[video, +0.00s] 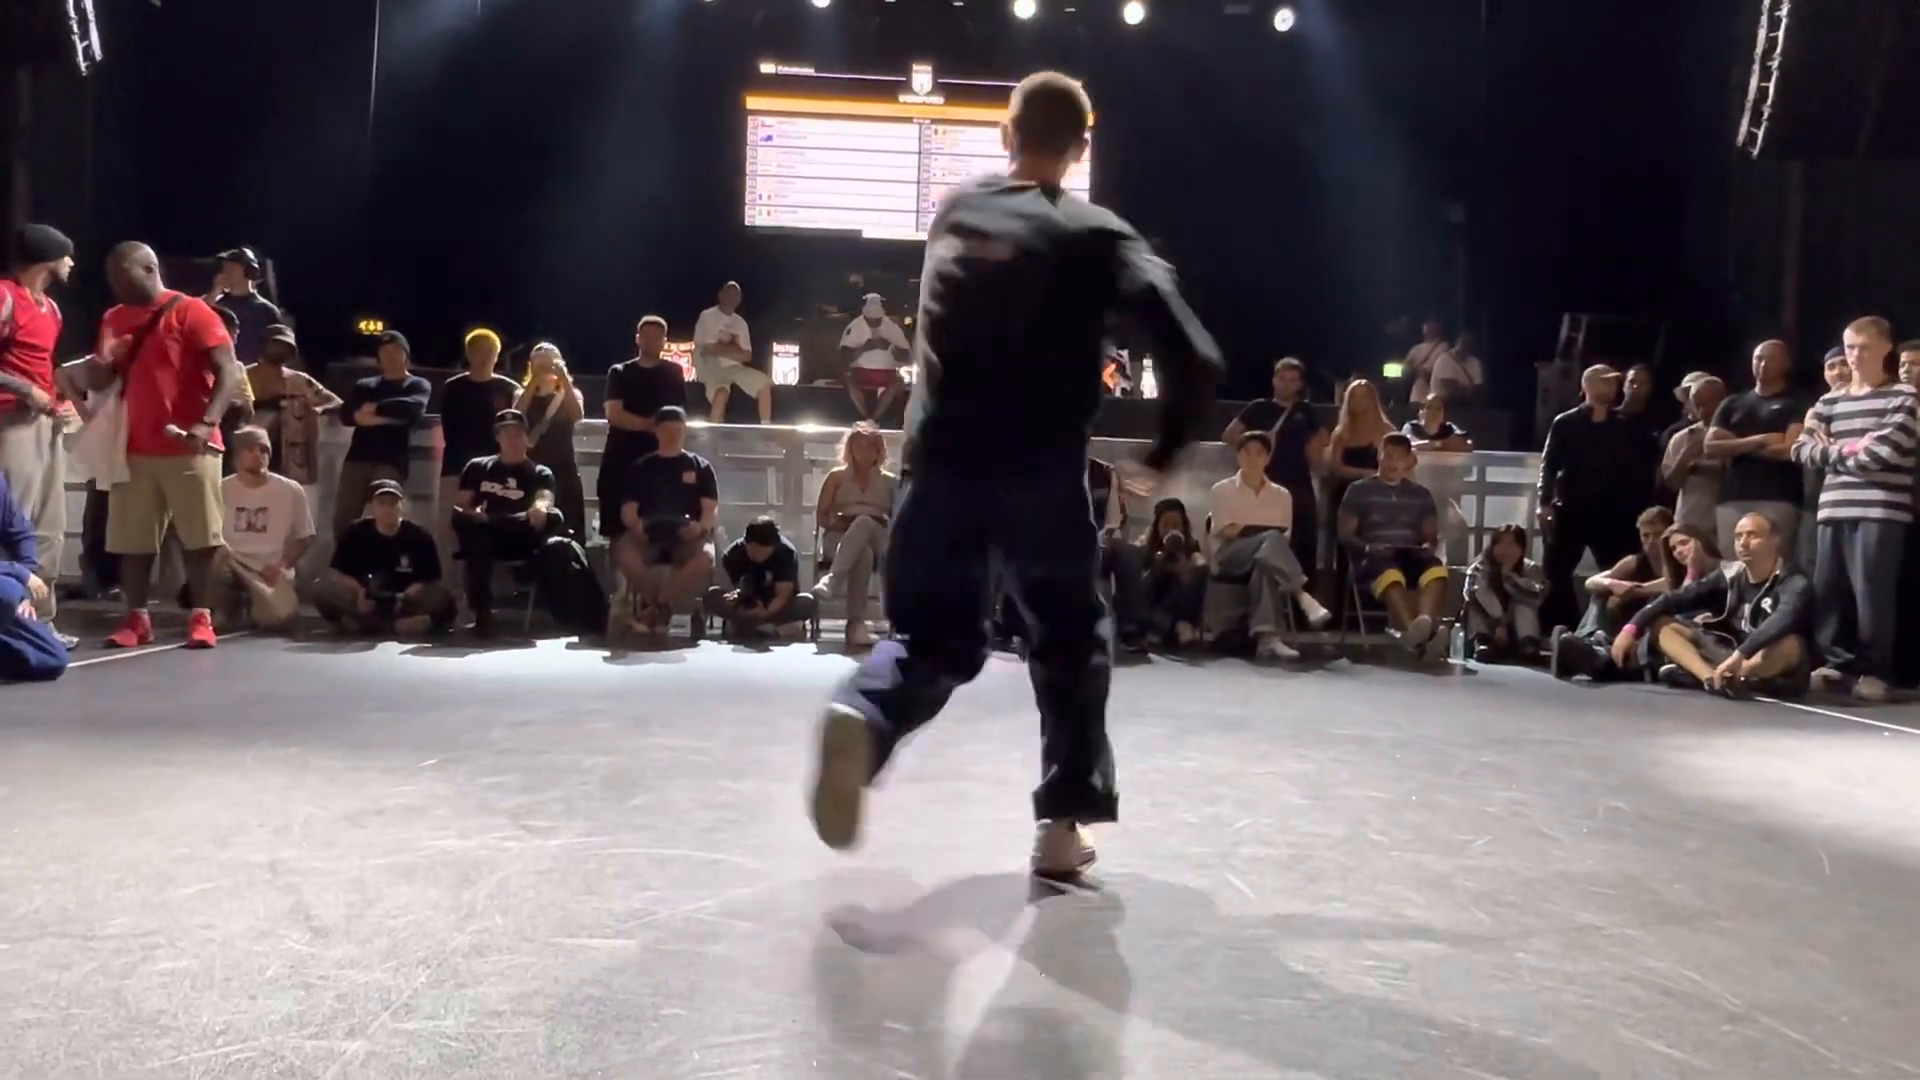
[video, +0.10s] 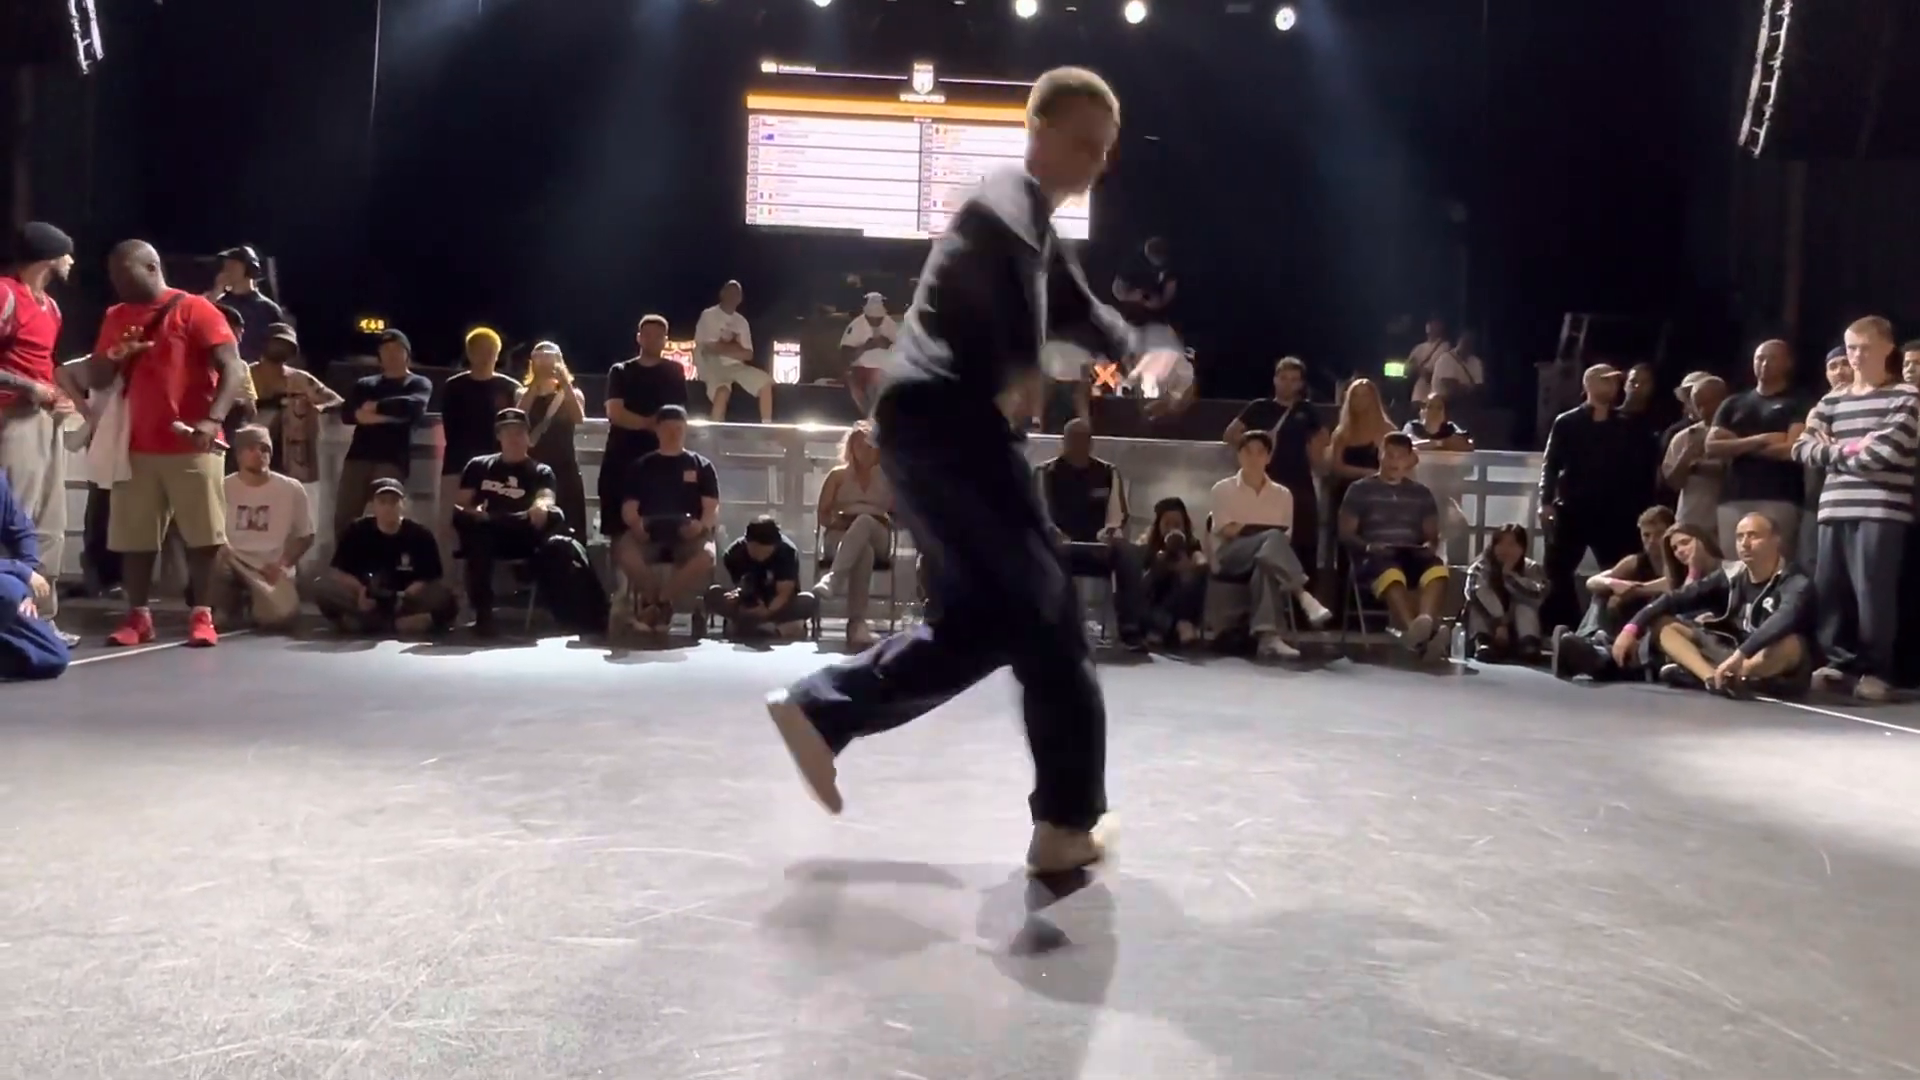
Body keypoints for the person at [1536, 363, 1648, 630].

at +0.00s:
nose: (1614, 386)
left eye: (1614, 381)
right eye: (1606, 381)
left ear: (1615, 387)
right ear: (1588, 387)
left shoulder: (1625, 425)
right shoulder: (1565, 424)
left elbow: (1639, 468)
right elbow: (1549, 466)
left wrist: (1636, 503)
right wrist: (1545, 502)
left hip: (1614, 509)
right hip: (1573, 510)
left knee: (1622, 573)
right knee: (1556, 571)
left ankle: (1623, 633)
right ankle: (1561, 630)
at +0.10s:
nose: (1614, 385)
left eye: (1615, 381)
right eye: (1607, 381)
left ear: (1617, 387)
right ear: (1590, 387)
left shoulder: (1627, 425)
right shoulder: (1567, 423)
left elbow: (1641, 468)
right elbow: (1551, 465)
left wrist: (1639, 505)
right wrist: (1546, 501)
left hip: (1615, 509)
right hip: (1573, 510)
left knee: (1623, 572)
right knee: (1558, 570)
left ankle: (1625, 632)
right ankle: (1564, 629)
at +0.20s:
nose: (1614, 385)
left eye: (1616, 380)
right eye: (1607, 380)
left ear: (1619, 386)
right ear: (1591, 386)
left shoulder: (1631, 425)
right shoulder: (1569, 422)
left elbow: (1644, 468)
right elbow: (1553, 465)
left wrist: (1640, 505)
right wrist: (1548, 501)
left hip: (1617, 509)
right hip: (1575, 509)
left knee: (1625, 572)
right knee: (1560, 570)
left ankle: (1626, 632)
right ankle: (1565, 628)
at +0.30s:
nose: (1613, 386)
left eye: (1617, 381)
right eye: (1606, 380)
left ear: (1621, 386)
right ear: (1591, 385)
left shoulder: (1632, 425)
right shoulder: (1571, 422)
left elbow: (1644, 468)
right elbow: (1554, 463)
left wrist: (1642, 505)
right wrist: (1549, 500)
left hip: (1618, 508)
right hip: (1577, 508)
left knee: (1626, 572)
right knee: (1560, 569)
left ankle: (1626, 632)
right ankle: (1562, 627)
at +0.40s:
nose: (1608, 386)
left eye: (1614, 380)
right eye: (1603, 380)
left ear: (1622, 387)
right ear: (1591, 385)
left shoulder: (1634, 425)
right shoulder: (1573, 422)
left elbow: (1646, 468)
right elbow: (1556, 464)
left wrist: (1644, 505)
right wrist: (1551, 500)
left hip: (1621, 509)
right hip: (1578, 509)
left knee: (1629, 572)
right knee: (1563, 570)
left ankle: (1631, 631)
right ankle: (1563, 628)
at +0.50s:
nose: (1606, 383)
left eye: (1612, 378)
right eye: (1601, 378)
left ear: (1622, 385)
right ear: (1592, 384)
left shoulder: (1635, 424)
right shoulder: (1574, 421)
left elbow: (1647, 466)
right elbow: (1558, 463)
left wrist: (1644, 503)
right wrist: (1552, 499)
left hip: (1622, 507)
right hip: (1579, 507)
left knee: (1630, 569)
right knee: (1564, 568)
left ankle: (1631, 630)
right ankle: (1566, 627)